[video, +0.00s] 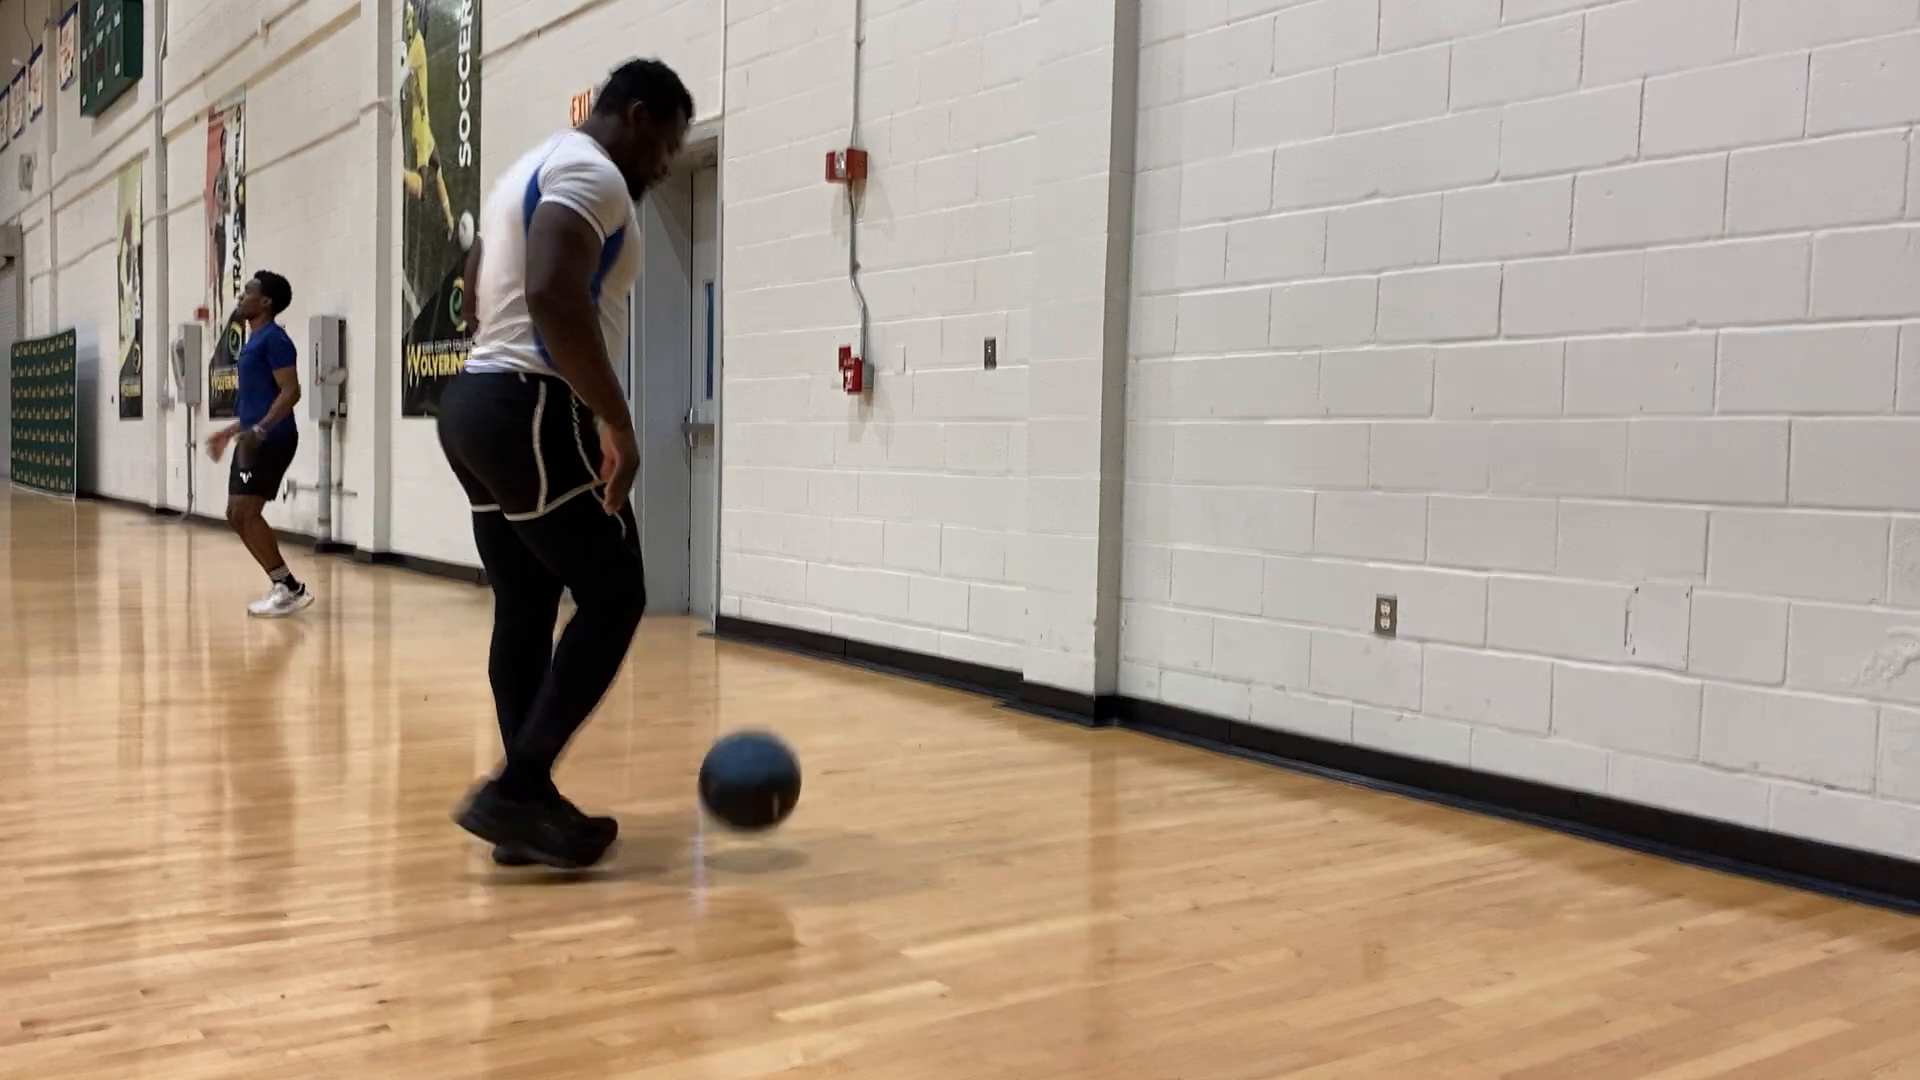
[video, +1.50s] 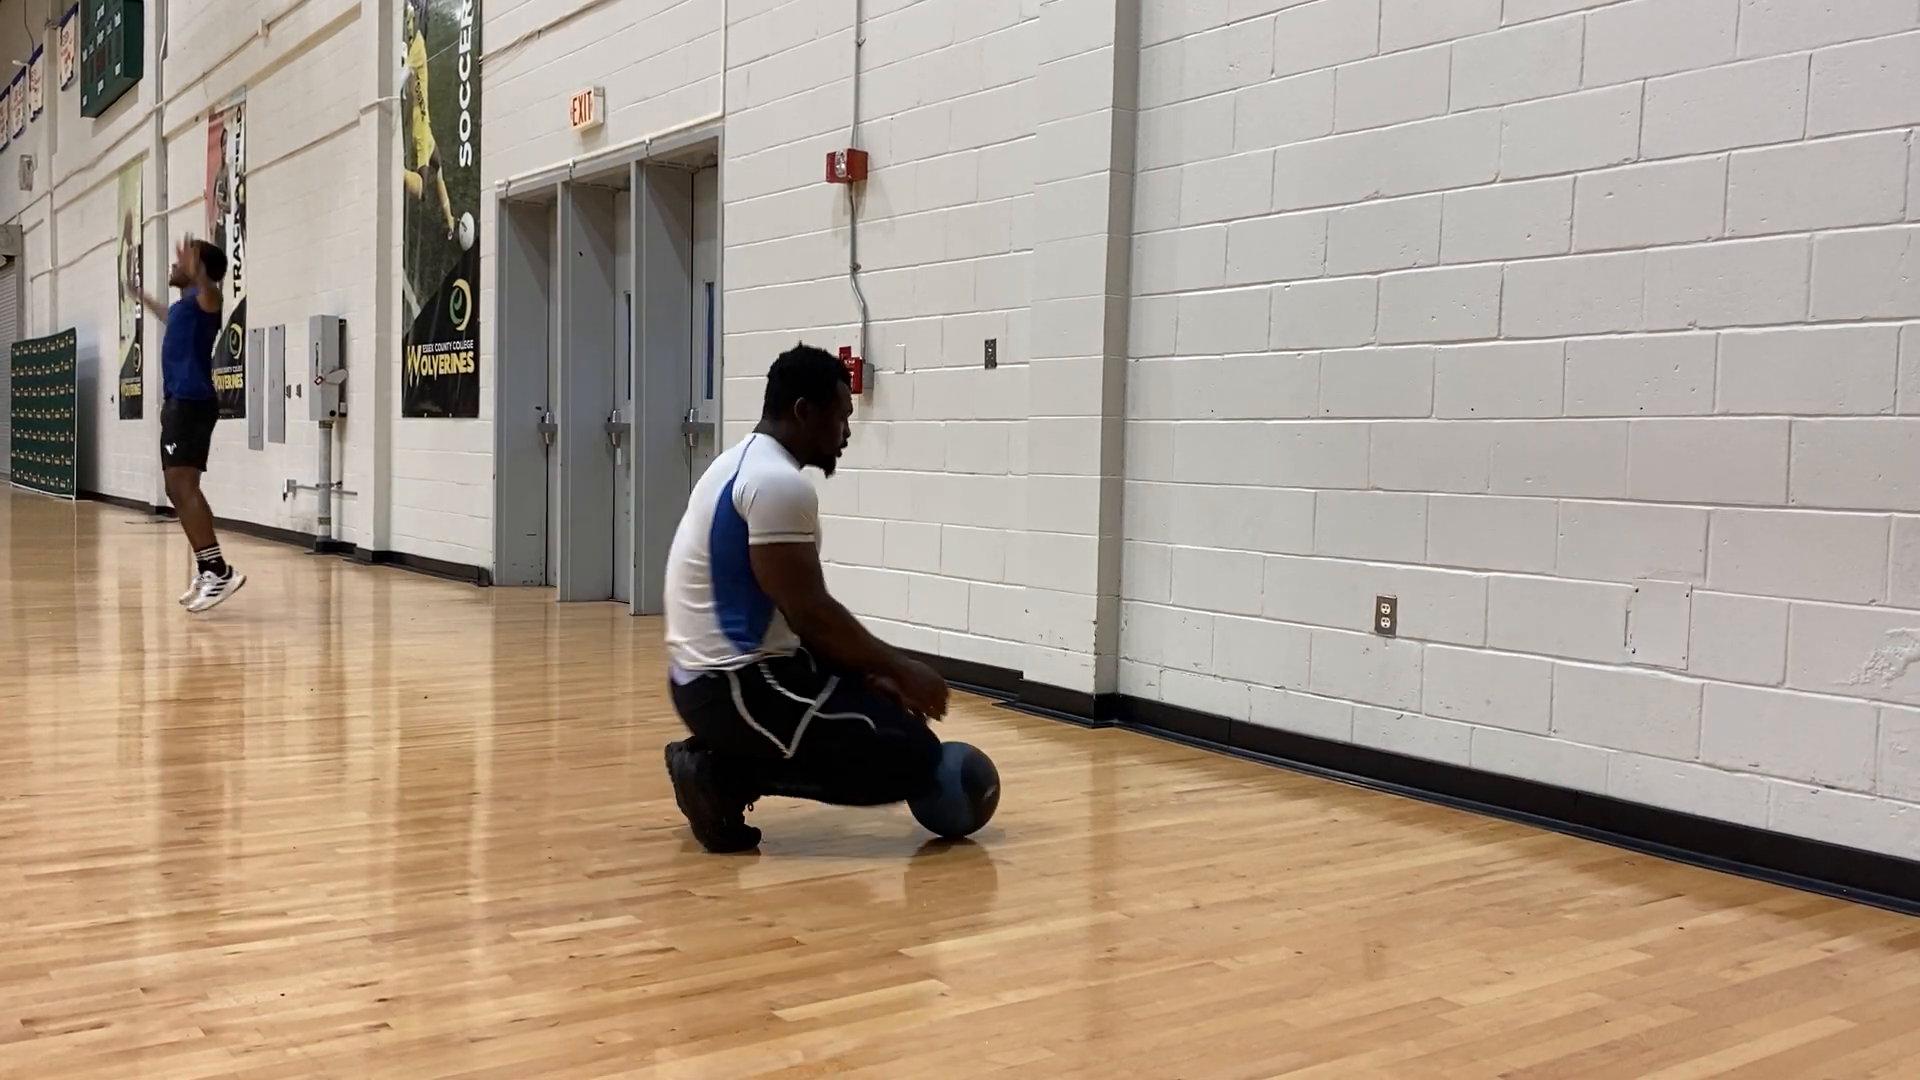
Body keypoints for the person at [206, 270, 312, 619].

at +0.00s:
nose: (240, 296)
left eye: (247, 292)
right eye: (242, 290)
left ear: (264, 302)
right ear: (260, 303)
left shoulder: (274, 339)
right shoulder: (255, 340)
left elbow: (291, 392)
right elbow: (256, 403)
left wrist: (262, 429)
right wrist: (228, 432)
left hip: (273, 435)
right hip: (255, 435)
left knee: (245, 511)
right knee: (236, 514)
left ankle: (288, 587)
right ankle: (284, 586)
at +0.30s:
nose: (235, 278)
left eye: (245, 273)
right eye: (238, 273)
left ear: (261, 284)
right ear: (240, 281)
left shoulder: (262, 314)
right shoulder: (241, 313)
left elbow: (260, 275)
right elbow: (226, 275)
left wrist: (231, 241)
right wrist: (218, 236)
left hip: (262, 416)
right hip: (243, 416)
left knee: (253, 496)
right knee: (237, 497)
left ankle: (283, 580)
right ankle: (262, 578)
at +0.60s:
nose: (227, 267)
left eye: (235, 262)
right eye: (228, 262)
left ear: (254, 272)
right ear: (234, 270)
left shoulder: (257, 303)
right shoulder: (232, 312)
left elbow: (241, 287)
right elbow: (209, 320)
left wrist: (215, 268)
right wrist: (177, 289)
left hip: (247, 403)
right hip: (228, 405)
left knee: (239, 485)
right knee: (226, 486)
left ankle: (271, 571)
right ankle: (254, 569)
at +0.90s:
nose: (203, 295)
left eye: (211, 290)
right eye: (206, 289)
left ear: (231, 303)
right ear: (223, 303)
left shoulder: (234, 340)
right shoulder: (218, 340)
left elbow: (253, 393)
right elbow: (222, 405)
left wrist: (218, 438)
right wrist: (199, 440)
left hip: (240, 438)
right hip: (227, 437)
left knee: (207, 514)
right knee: (203, 515)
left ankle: (257, 590)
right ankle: (254, 587)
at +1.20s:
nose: (195, 276)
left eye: (203, 270)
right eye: (196, 271)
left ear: (218, 277)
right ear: (205, 277)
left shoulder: (222, 306)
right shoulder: (199, 309)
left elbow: (214, 276)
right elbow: (181, 292)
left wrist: (183, 245)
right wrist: (171, 250)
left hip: (219, 409)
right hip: (200, 409)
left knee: (209, 492)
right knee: (190, 494)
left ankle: (234, 579)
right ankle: (215, 575)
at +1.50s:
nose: (173, 265)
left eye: (181, 261)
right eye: (177, 260)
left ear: (198, 271)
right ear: (186, 270)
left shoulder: (206, 301)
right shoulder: (183, 306)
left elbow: (207, 294)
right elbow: (167, 314)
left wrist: (196, 269)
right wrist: (142, 296)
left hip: (193, 403)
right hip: (179, 403)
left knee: (183, 488)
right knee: (177, 489)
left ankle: (219, 572)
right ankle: (206, 571)